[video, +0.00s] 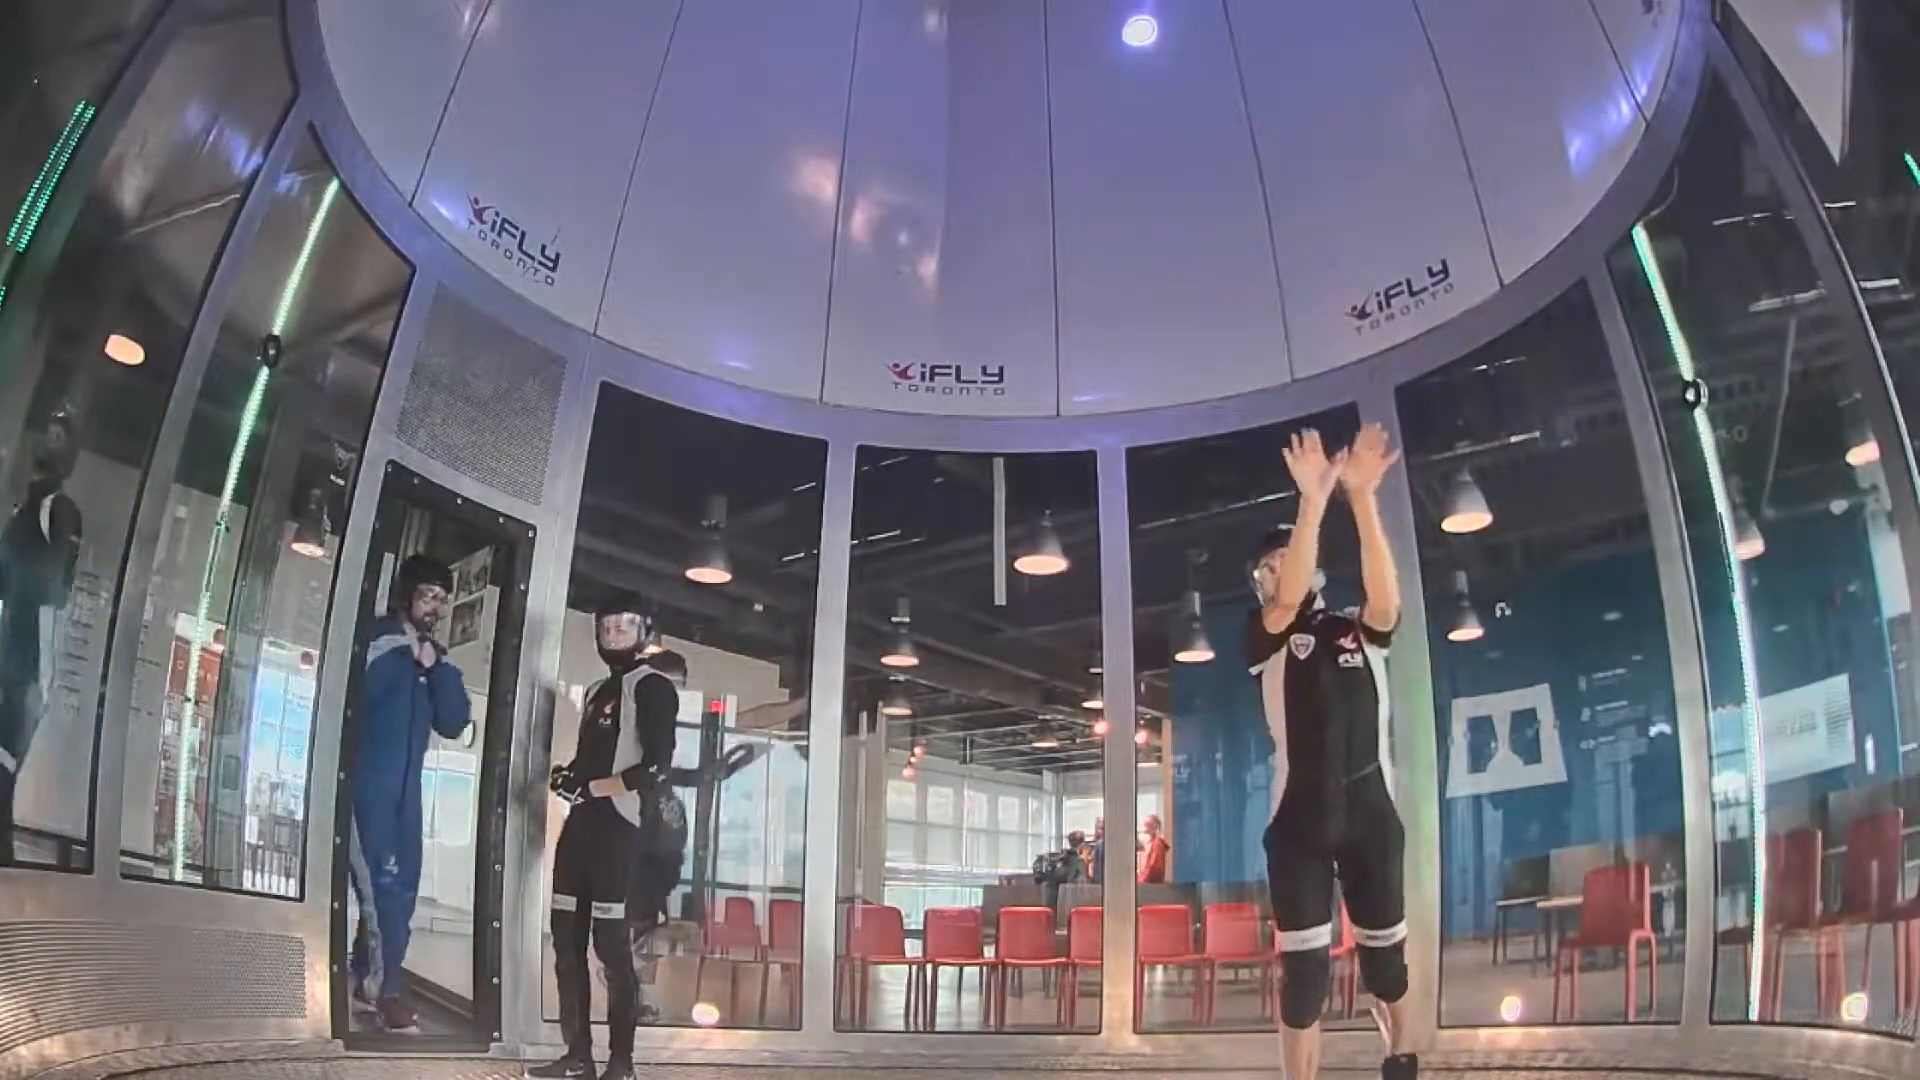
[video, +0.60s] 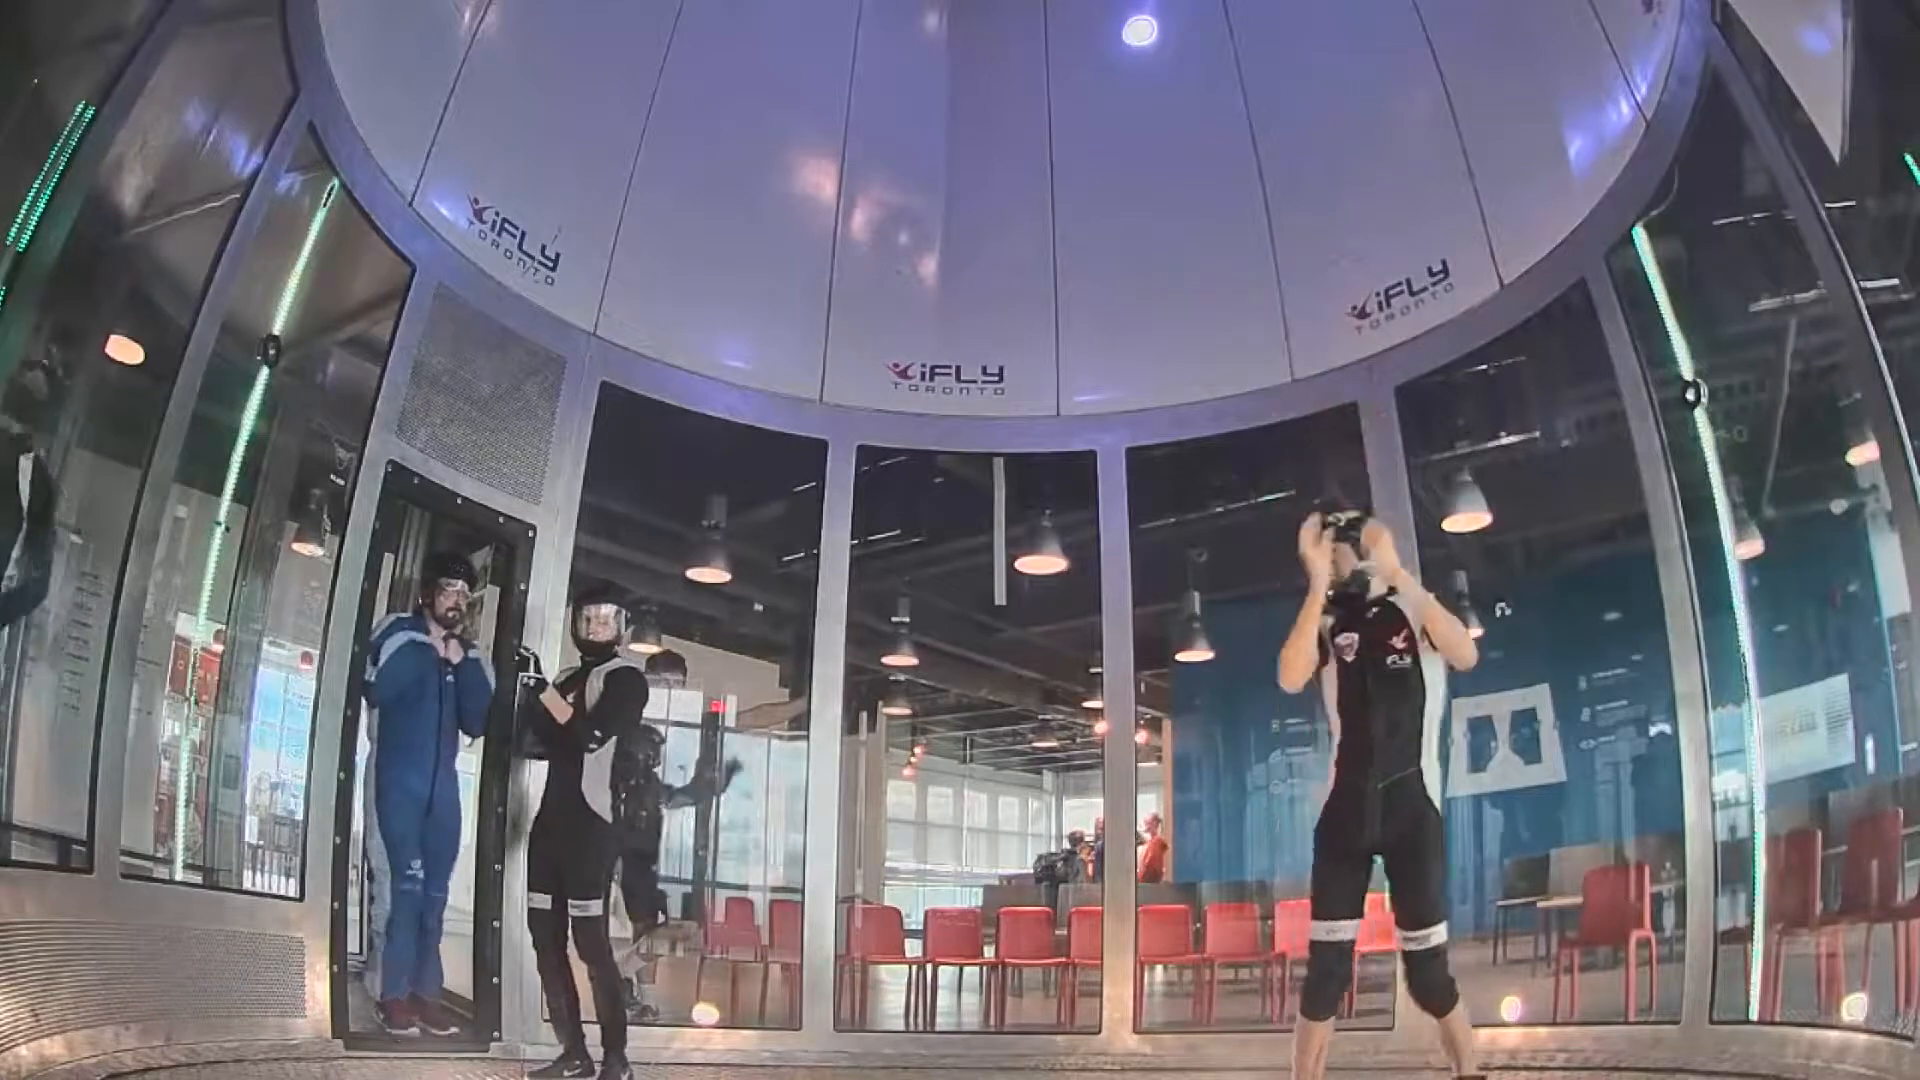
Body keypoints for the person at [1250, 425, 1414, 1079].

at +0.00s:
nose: (1279, 571)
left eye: (1286, 560)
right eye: (1268, 566)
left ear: (1308, 569)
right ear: (1258, 587)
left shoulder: (1360, 631)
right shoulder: (1264, 641)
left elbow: (1385, 595)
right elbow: (1291, 592)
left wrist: (1361, 495)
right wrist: (1314, 495)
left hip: (1372, 820)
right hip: (1300, 827)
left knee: (1386, 970)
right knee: (1305, 979)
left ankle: (1400, 1058)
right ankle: (1299, 1076)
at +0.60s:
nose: (1343, 553)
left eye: (1353, 540)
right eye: (1332, 544)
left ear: (1376, 545)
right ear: (1322, 557)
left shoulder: (1421, 607)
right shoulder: (1326, 621)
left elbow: (1464, 656)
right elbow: (1291, 677)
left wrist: (1398, 576)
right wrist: (1318, 584)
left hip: (1412, 808)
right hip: (1346, 810)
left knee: (1429, 976)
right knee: (1326, 971)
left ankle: (1467, 1070)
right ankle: (1304, 1077)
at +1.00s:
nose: (1384, 566)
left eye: (1395, 553)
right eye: (1380, 555)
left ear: (1429, 551)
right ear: (1379, 559)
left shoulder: (1477, 611)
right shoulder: (1381, 634)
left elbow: (1514, 708)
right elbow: (1367, 731)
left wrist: (1428, 722)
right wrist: (1388, 747)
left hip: (1471, 802)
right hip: (1411, 803)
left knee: (1477, 958)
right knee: (1378, 948)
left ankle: (1491, 1077)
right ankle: (1345, 1076)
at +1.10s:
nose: (1391, 563)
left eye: (1401, 550)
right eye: (1387, 552)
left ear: (1434, 548)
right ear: (1389, 558)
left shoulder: (1476, 609)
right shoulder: (1397, 633)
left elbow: (1517, 705)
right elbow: (1385, 719)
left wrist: (1426, 724)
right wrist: (1393, 747)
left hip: (1473, 798)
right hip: (1417, 799)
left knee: (1479, 949)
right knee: (1391, 946)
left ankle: (1491, 1075)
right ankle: (1371, 1074)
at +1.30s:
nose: (1396, 575)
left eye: (1405, 561)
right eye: (1391, 564)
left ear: (1437, 560)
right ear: (1390, 570)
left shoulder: (1481, 618)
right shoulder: (1404, 644)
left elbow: (1496, 714)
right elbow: (1395, 749)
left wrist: (1411, 711)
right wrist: (1382, 733)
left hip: (1472, 810)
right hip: (1418, 813)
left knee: (1479, 955)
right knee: (1401, 959)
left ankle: (1492, 1075)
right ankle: (1395, 1076)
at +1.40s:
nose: (1390, 574)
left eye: (1400, 561)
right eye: (1386, 564)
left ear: (1431, 559)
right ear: (1385, 568)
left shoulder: (1473, 613)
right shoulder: (1398, 640)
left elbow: (1490, 702)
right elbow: (1385, 748)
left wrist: (1415, 693)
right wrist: (1377, 711)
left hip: (1464, 804)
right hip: (1412, 806)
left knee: (1475, 949)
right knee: (1399, 952)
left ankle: (1490, 1074)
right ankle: (1393, 1075)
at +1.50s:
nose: (1385, 574)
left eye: (1395, 562)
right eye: (1382, 564)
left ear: (1428, 560)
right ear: (1383, 567)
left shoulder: (1469, 611)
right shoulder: (1396, 638)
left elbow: (1491, 698)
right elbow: (1385, 747)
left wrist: (1415, 691)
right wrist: (1374, 706)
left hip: (1462, 800)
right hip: (1410, 802)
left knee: (1471, 942)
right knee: (1400, 946)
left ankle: (1489, 1074)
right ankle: (1393, 1075)